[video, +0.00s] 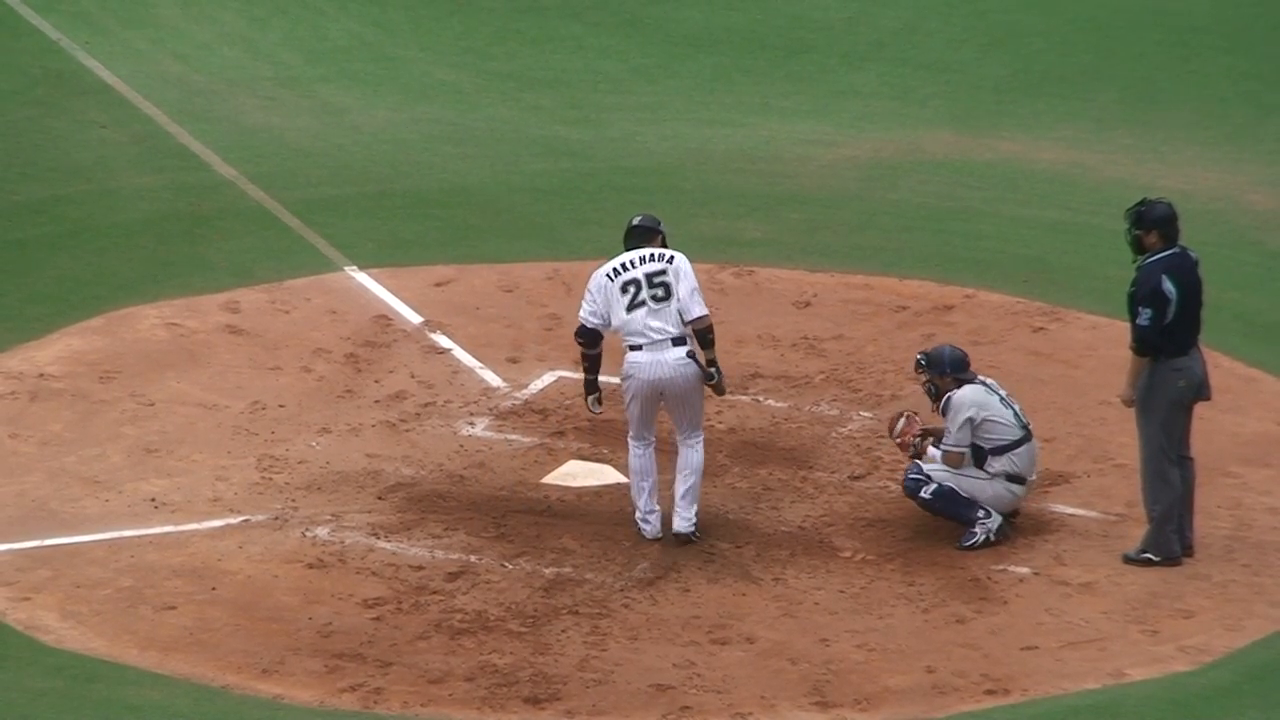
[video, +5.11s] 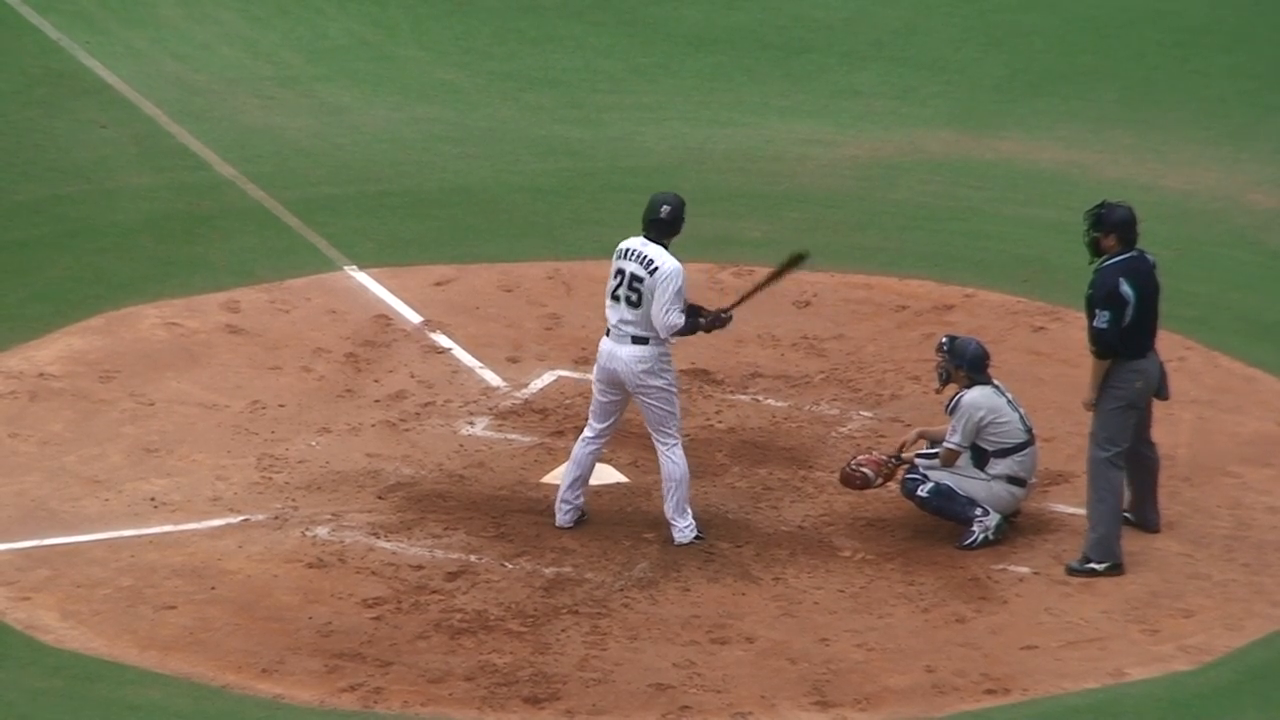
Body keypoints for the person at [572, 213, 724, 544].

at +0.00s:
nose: (663, 244)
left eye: (661, 240)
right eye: (662, 239)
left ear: (627, 241)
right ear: (657, 239)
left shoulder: (605, 274)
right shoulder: (675, 260)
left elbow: (589, 335)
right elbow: (699, 321)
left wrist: (591, 383)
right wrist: (712, 364)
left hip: (637, 365)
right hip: (681, 361)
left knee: (640, 441)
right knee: (690, 437)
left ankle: (648, 522)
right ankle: (685, 521)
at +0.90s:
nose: (715, 252)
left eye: (716, 248)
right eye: (715, 248)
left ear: (681, 239)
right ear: (710, 246)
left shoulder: (641, 260)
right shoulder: (714, 273)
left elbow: (609, 306)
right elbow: (722, 335)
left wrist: (619, 358)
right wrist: (724, 382)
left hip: (648, 357)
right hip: (691, 360)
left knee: (649, 440)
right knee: (687, 445)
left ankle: (649, 522)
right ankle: (685, 527)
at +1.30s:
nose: (735, 259)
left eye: (735, 253)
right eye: (735, 253)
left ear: (702, 240)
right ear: (728, 251)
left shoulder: (655, 254)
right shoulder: (723, 279)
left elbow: (617, 292)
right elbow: (718, 347)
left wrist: (632, 334)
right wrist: (725, 378)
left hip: (637, 352)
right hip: (679, 361)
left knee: (632, 431)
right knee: (684, 444)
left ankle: (612, 512)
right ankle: (683, 528)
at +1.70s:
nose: (709, 262)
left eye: (710, 254)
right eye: (710, 254)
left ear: (677, 241)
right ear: (699, 250)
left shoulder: (633, 258)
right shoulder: (688, 274)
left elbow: (603, 312)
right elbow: (685, 328)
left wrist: (648, 325)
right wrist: (717, 325)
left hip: (607, 351)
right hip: (646, 359)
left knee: (591, 437)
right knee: (667, 445)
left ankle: (565, 512)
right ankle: (679, 528)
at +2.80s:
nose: (701, 257)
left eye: (702, 251)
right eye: (701, 251)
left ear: (668, 241)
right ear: (696, 250)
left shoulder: (628, 260)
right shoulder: (691, 275)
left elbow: (588, 303)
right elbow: (685, 335)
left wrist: (608, 346)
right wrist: (701, 373)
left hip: (604, 351)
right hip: (645, 357)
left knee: (590, 435)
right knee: (668, 447)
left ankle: (565, 511)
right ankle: (678, 528)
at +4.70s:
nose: (716, 242)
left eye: (718, 236)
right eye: (716, 237)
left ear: (683, 228)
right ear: (710, 237)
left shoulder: (646, 250)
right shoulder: (705, 273)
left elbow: (631, 302)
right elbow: (699, 337)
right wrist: (704, 372)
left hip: (623, 347)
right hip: (662, 358)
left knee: (601, 427)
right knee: (676, 443)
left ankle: (569, 501)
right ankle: (684, 528)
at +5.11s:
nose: (681, 227)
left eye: (677, 221)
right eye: (680, 222)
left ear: (647, 220)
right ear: (676, 227)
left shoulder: (625, 248)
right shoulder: (670, 268)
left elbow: (658, 299)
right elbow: (667, 325)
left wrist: (702, 313)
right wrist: (707, 325)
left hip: (609, 351)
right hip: (647, 359)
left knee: (595, 432)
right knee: (668, 441)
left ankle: (566, 510)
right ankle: (682, 527)